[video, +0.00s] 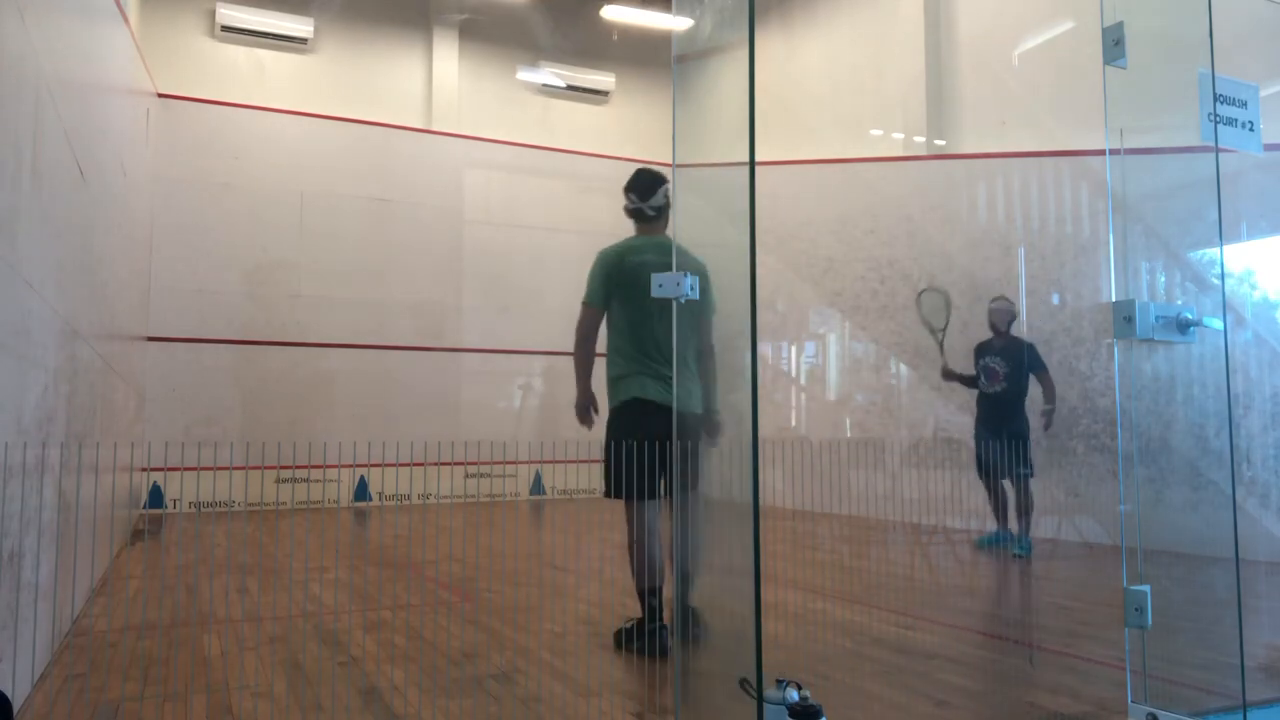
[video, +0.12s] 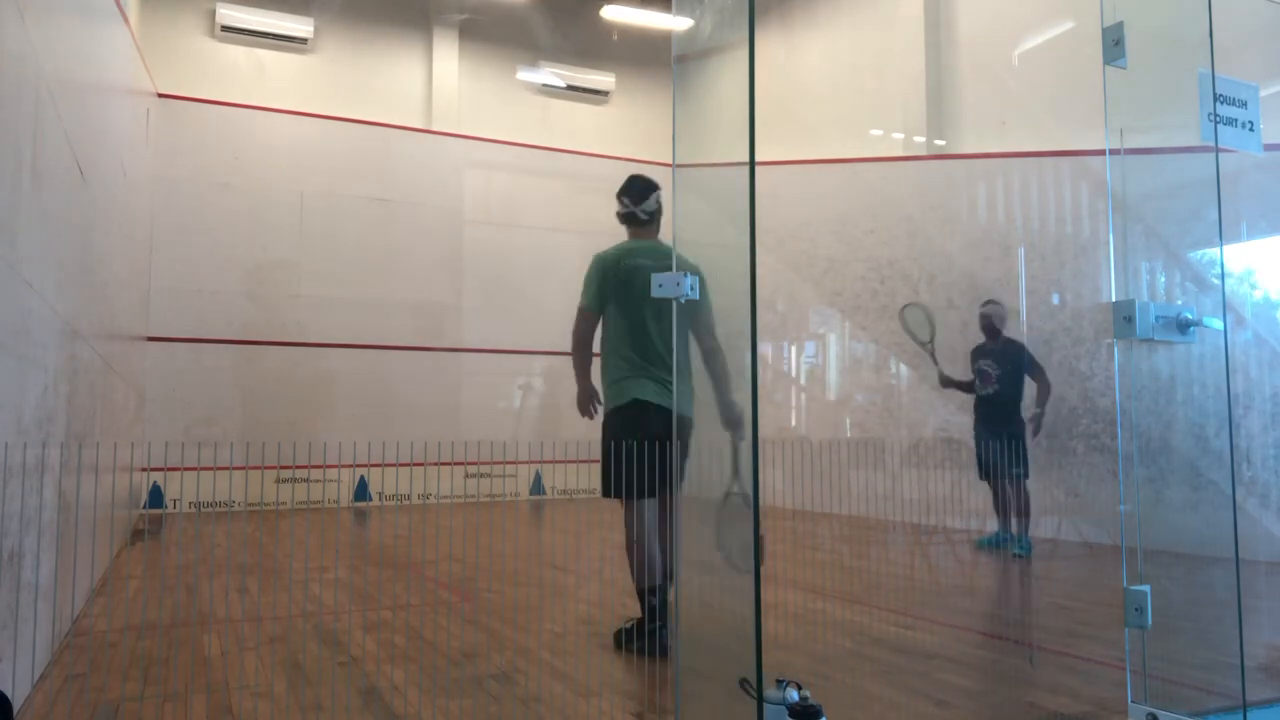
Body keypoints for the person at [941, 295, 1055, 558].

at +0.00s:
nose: (997, 317)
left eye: (1002, 312)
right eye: (993, 312)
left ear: (1012, 316)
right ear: (988, 316)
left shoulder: (1023, 348)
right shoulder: (982, 349)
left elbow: (1045, 380)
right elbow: (981, 382)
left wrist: (1049, 408)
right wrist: (955, 377)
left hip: (1013, 421)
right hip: (986, 422)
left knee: (1019, 479)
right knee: (990, 479)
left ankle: (1023, 538)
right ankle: (1002, 531)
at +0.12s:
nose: (986, 323)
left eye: (991, 318)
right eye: (983, 318)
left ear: (1001, 321)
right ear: (978, 321)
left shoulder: (1015, 350)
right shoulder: (978, 352)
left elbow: (1043, 383)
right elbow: (979, 387)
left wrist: (1039, 412)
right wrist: (952, 383)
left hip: (1010, 423)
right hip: (985, 424)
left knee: (1015, 481)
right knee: (994, 481)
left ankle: (1022, 538)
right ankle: (1004, 532)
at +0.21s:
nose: (979, 329)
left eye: (984, 324)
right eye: (975, 324)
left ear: (993, 324)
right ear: (970, 326)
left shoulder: (1009, 352)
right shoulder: (975, 355)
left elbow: (1039, 380)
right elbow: (975, 390)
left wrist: (1029, 416)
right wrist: (950, 389)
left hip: (1003, 425)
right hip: (983, 425)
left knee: (1005, 481)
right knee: (993, 481)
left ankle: (1018, 536)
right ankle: (1004, 532)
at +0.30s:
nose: (967, 332)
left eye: (971, 326)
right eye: (964, 327)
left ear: (984, 325)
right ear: (964, 328)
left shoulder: (1001, 352)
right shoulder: (971, 357)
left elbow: (1032, 380)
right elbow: (969, 392)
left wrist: (1016, 413)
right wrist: (945, 393)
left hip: (997, 425)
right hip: (980, 425)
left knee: (994, 479)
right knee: (988, 480)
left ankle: (1007, 533)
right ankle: (1003, 531)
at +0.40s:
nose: (962, 333)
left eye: (966, 327)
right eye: (959, 328)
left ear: (978, 327)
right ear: (959, 329)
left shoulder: (996, 353)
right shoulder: (965, 358)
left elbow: (1024, 382)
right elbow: (960, 391)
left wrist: (1009, 413)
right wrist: (939, 400)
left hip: (992, 425)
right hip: (975, 425)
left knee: (972, 472)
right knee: (989, 477)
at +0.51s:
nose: (957, 334)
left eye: (962, 329)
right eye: (954, 329)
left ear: (974, 328)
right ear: (952, 330)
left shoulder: (990, 354)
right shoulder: (957, 359)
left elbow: (1015, 385)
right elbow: (947, 390)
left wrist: (999, 415)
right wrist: (931, 406)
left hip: (985, 427)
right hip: (968, 427)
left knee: (958, 472)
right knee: (988, 480)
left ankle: (955, 529)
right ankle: (1004, 532)